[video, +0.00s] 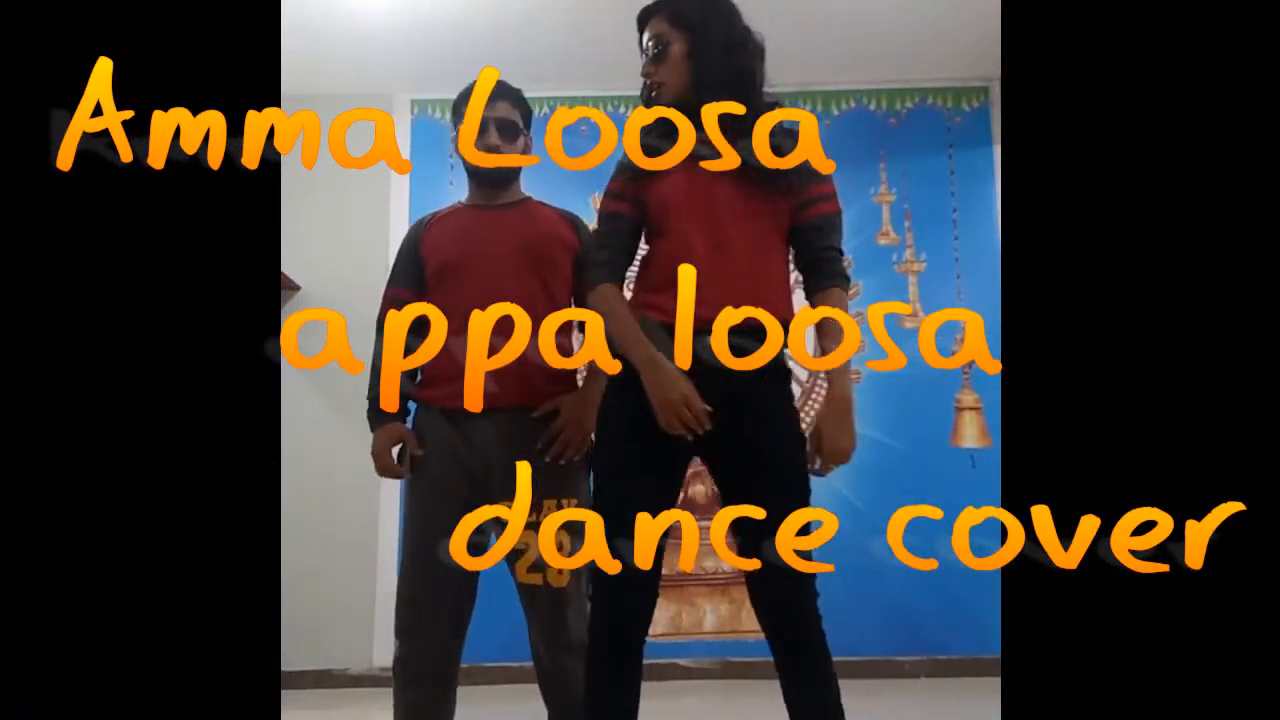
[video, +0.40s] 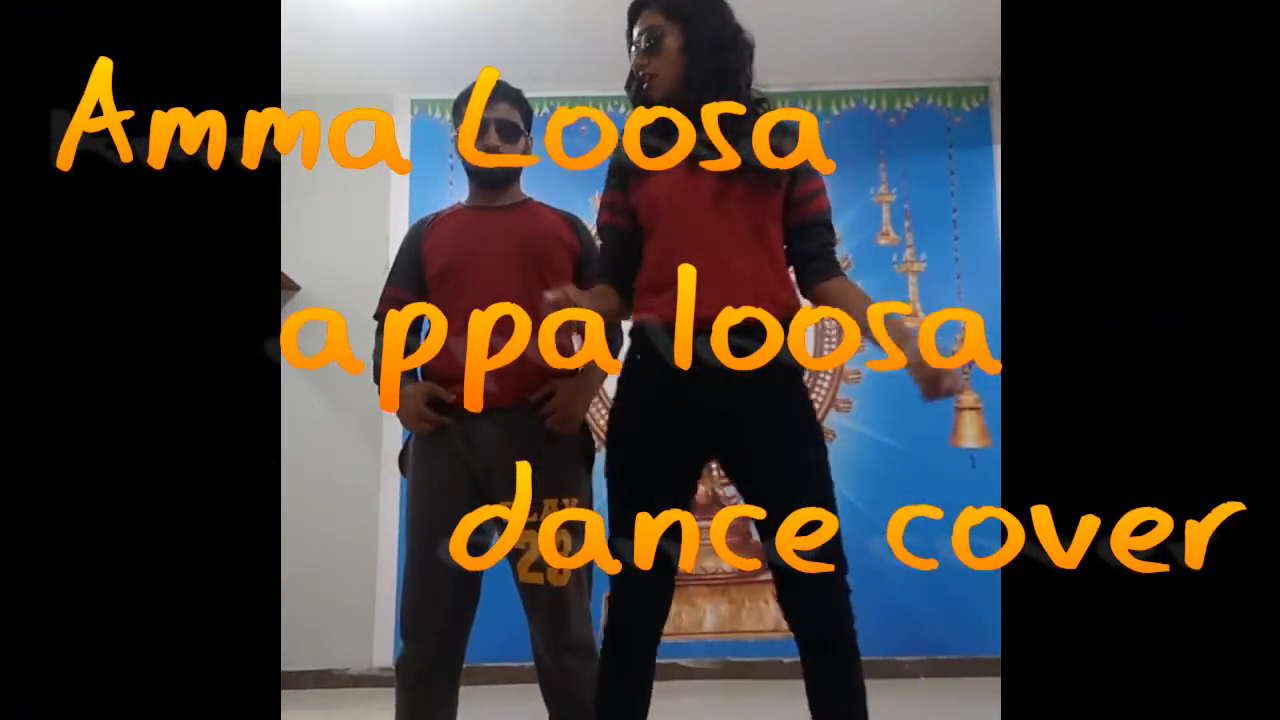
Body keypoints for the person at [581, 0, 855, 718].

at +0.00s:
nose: (646, 69)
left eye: (660, 50)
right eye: (645, 55)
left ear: (714, 51)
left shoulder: (784, 142)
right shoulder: (650, 146)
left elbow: (826, 272)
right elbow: (600, 269)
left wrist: (838, 395)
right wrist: (652, 368)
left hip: (754, 388)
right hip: (649, 382)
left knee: (787, 600)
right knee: (620, 599)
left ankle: (822, 719)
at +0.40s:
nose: (635, 61)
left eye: (653, 42)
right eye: (634, 46)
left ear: (709, 47)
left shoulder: (778, 137)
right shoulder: (636, 148)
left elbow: (820, 272)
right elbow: (615, 285)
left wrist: (909, 347)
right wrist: (582, 301)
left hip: (765, 387)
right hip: (658, 388)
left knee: (818, 599)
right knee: (636, 602)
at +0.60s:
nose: (672, 53)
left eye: (690, 35)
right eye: (657, 45)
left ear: (731, 42)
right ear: (647, 66)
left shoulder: (786, 135)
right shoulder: (649, 152)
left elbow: (846, 272)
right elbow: (630, 304)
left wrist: (957, 249)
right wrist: (567, 257)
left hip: (796, 388)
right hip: (686, 391)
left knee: (822, 601)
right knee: (653, 605)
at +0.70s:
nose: (694, 48)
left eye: (711, 30)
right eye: (675, 39)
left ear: (744, 44)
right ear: (659, 62)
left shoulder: (790, 132)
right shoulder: (655, 150)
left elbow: (868, 253)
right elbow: (632, 298)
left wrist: (953, 164)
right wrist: (560, 207)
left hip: (797, 388)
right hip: (689, 390)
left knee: (824, 598)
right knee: (643, 603)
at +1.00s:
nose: (710, 47)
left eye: (727, 32)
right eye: (691, 36)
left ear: (755, 47)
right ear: (670, 55)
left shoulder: (789, 134)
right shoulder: (659, 147)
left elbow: (888, 186)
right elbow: (617, 285)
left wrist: (885, 63)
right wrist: (562, 182)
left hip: (767, 380)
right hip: (664, 378)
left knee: (802, 592)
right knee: (637, 594)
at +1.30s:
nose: (714, 57)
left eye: (730, 38)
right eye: (695, 45)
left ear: (760, 45)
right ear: (674, 57)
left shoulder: (784, 133)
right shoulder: (654, 140)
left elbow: (868, 176)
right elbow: (639, 269)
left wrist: (829, 72)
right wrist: (686, 196)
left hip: (777, 383)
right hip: (674, 383)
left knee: (800, 596)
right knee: (646, 598)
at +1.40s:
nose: (720, 58)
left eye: (735, 40)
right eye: (700, 46)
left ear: (765, 47)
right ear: (679, 59)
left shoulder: (792, 137)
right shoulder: (662, 137)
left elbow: (876, 168)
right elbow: (664, 259)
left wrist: (827, 72)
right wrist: (749, 190)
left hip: (787, 387)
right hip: (683, 387)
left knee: (805, 593)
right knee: (635, 589)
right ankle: (604, 719)